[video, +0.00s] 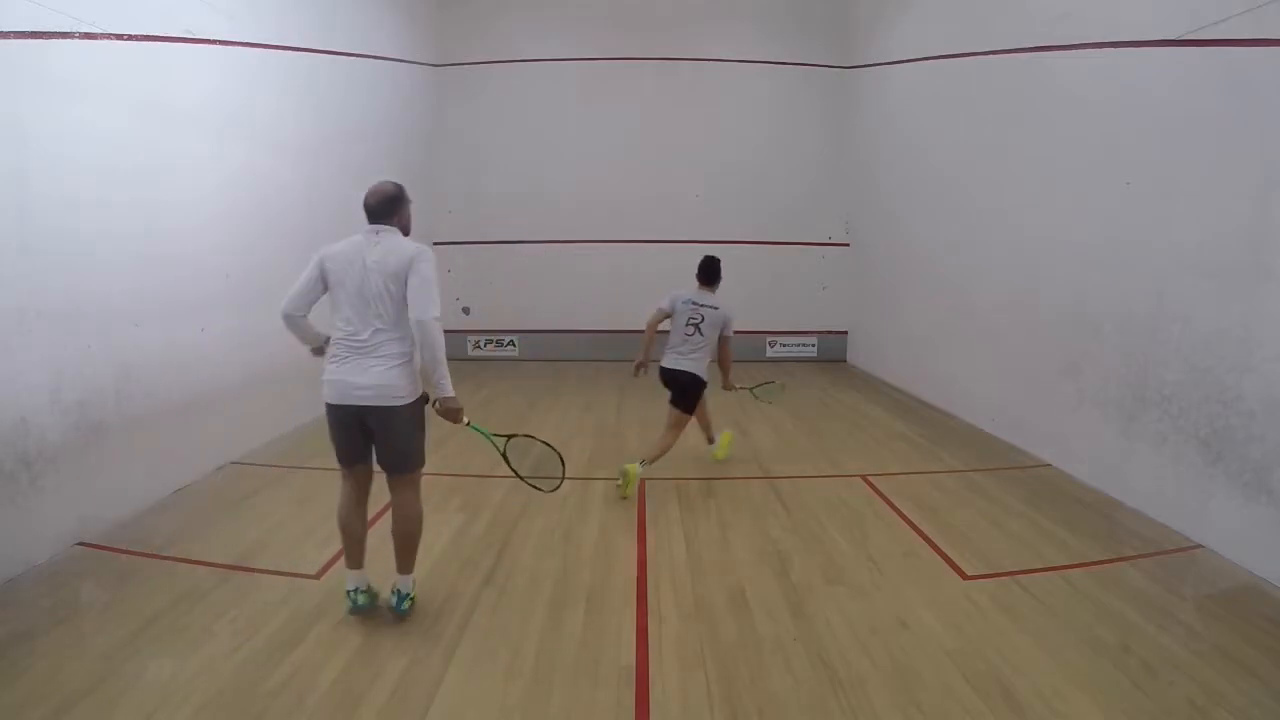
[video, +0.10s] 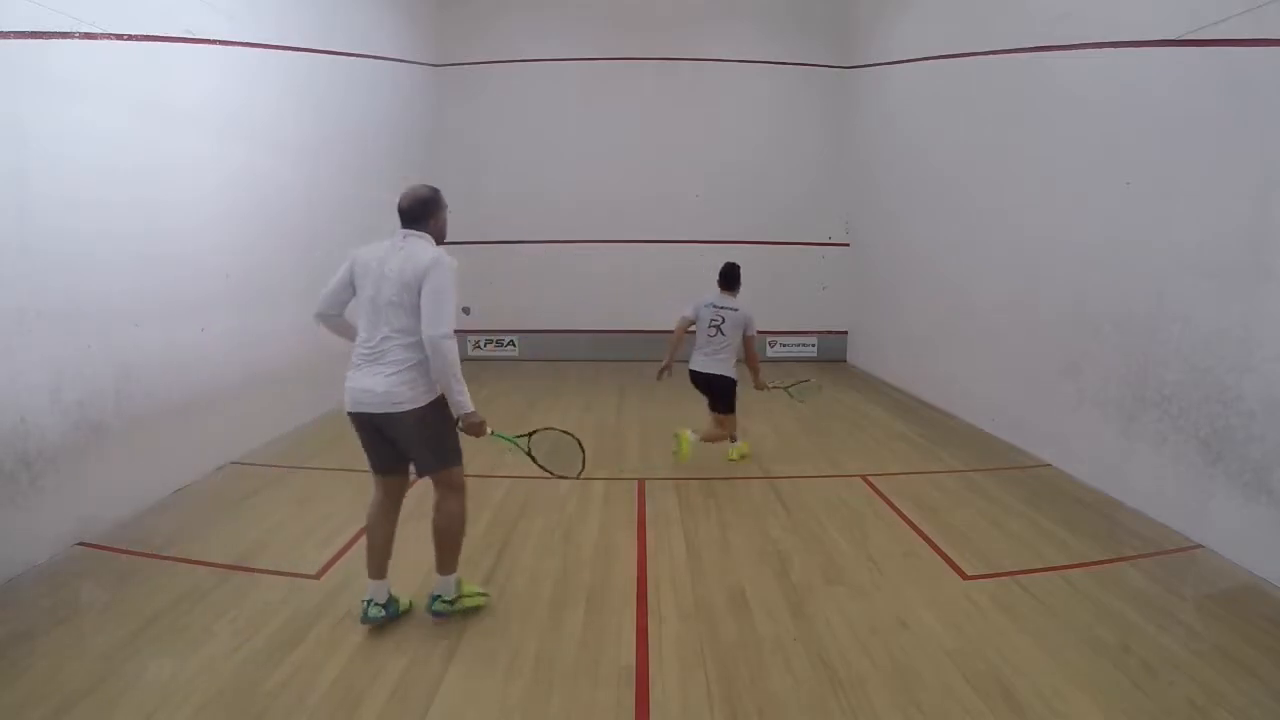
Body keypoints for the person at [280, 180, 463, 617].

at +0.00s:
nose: (412, 218)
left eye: (410, 211)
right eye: (411, 212)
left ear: (366, 216)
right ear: (403, 215)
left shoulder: (333, 255)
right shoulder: (414, 254)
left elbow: (291, 311)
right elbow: (425, 323)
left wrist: (318, 343)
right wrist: (444, 392)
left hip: (340, 396)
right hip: (395, 396)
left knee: (353, 482)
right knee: (404, 489)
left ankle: (355, 586)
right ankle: (403, 588)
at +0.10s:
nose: (447, 223)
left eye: (445, 215)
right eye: (445, 216)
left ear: (402, 220)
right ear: (436, 220)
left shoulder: (365, 256)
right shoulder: (436, 262)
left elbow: (326, 312)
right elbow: (437, 338)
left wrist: (369, 340)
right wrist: (464, 408)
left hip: (361, 400)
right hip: (412, 399)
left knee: (389, 487)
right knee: (450, 485)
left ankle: (377, 597)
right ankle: (446, 590)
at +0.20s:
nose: (484, 237)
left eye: (482, 229)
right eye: (480, 230)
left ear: (441, 235)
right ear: (468, 236)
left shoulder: (406, 270)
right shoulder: (462, 281)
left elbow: (371, 318)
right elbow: (452, 363)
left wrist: (414, 342)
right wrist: (488, 433)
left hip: (389, 419)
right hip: (432, 421)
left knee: (414, 498)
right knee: (504, 490)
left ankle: (379, 604)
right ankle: (521, 599)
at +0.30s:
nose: (530, 240)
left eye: (528, 231)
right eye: (526, 232)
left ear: (485, 235)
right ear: (513, 237)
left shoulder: (453, 269)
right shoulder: (500, 285)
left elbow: (422, 318)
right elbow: (483, 371)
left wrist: (464, 346)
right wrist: (510, 442)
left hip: (428, 421)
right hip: (468, 428)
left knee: (428, 502)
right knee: (544, 502)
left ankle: (381, 599)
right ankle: (580, 601)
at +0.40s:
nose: (584, 239)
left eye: (583, 230)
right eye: (580, 231)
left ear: (540, 232)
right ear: (565, 234)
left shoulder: (508, 267)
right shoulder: (549, 283)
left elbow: (473, 318)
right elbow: (528, 370)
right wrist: (542, 447)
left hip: (480, 417)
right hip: (517, 426)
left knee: (471, 502)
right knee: (579, 508)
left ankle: (405, 578)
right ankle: (598, 606)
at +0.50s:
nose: (639, 238)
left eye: (638, 231)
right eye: (636, 231)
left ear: (595, 229)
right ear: (621, 234)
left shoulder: (560, 261)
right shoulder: (598, 283)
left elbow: (523, 314)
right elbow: (579, 373)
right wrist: (584, 452)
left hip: (531, 413)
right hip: (563, 419)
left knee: (551, 495)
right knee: (609, 508)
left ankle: (471, 562)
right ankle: (600, 606)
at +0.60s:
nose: (685, 239)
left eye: (686, 231)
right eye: (684, 231)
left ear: (641, 224)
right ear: (673, 231)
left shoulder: (602, 255)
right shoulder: (642, 275)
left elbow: (565, 306)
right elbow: (624, 365)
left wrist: (599, 343)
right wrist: (632, 446)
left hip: (572, 406)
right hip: (597, 414)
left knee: (613, 492)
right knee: (624, 507)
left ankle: (574, 571)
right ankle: (601, 606)